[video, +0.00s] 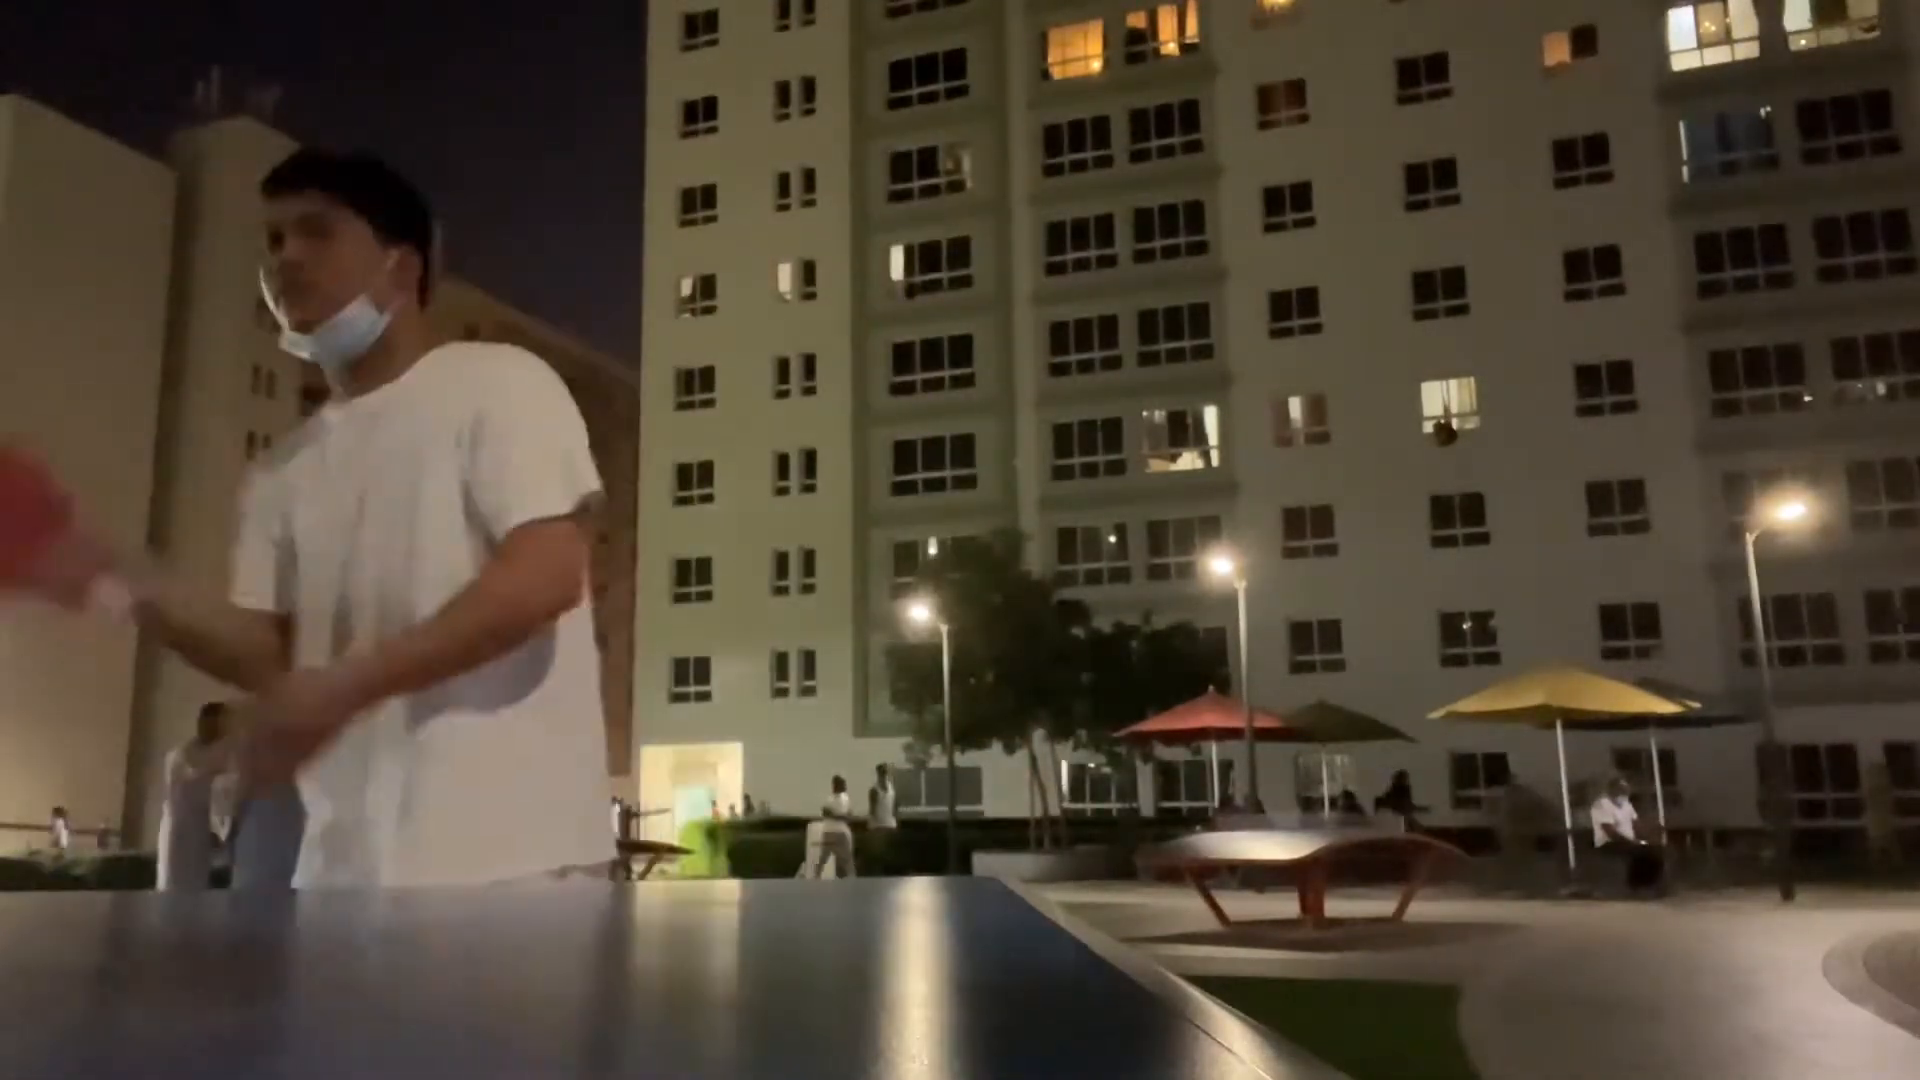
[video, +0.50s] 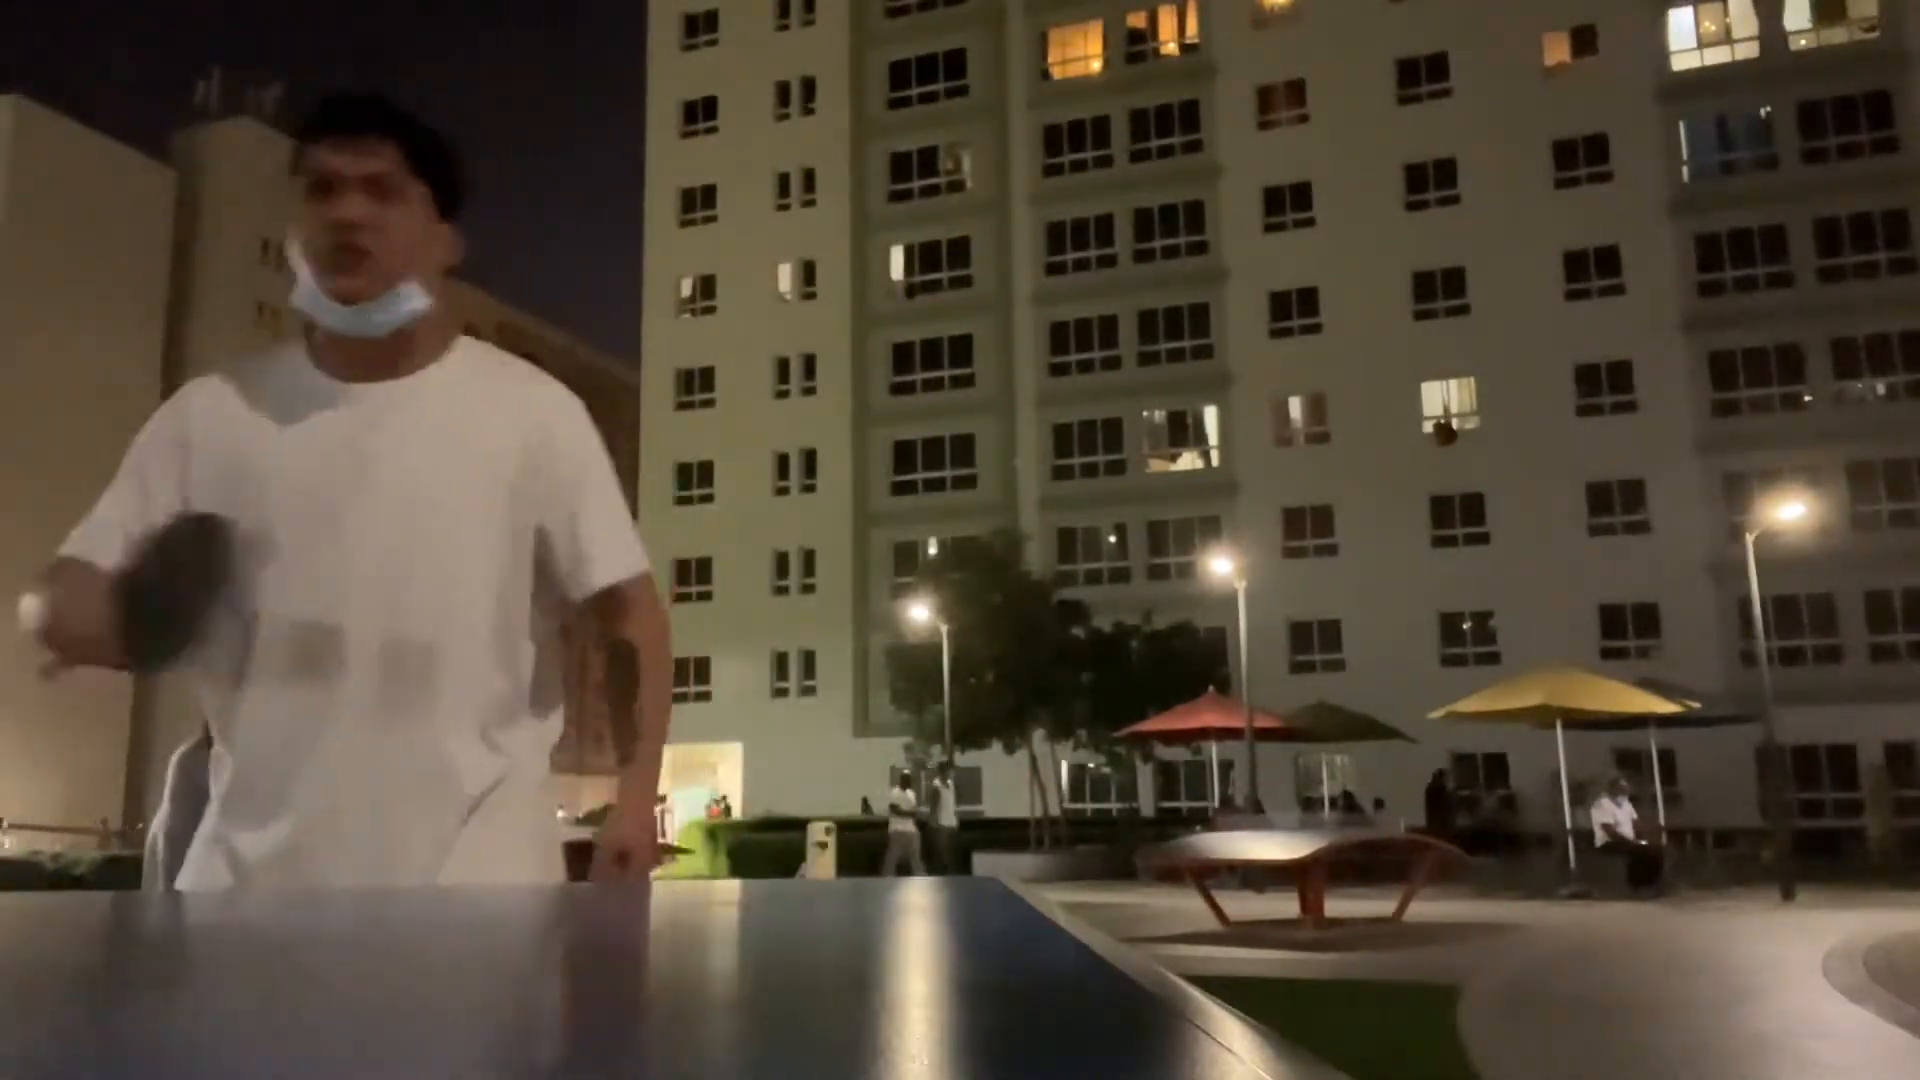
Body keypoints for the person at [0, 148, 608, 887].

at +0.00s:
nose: (284, 261)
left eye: (316, 233)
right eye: (274, 242)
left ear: (401, 266)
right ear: (260, 277)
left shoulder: (497, 385)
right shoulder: (281, 474)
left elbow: (548, 571)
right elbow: (265, 656)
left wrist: (342, 688)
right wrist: (123, 582)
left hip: (512, 869)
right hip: (347, 880)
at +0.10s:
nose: (336, 231)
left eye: (369, 210)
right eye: (315, 214)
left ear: (435, 249)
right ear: (296, 253)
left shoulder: (534, 403)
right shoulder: (263, 449)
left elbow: (616, 595)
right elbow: (231, 647)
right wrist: (181, 559)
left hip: (515, 868)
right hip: (329, 874)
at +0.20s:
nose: (397, 221)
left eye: (431, 200)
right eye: (374, 201)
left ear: (495, 251)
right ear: (349, 243)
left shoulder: (580, 416)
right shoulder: (292, 428)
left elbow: (665, 612)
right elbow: (252, 630)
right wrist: (190, 602)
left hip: (516, 862)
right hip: (330, 862)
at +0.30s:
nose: (399, 219)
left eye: (433, 198)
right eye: (375, 196)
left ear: (492, 250)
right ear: (346, 237)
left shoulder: (579, 415)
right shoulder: (282, 425)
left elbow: (670, 621)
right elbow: (233, 614)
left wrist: (683, 805)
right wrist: (179, 646)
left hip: (513, 868)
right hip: (310, 870)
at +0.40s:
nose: (349, 208)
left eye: (383, 188)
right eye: (327, 187)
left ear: (446, 238)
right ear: (296, 226)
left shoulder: (539, 413)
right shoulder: (227, 424)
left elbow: (646, 607)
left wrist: (666, 794)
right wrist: (118, 627)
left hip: (481, 876)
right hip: (269, 881)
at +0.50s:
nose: (345, 212)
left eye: (380, 191)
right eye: (321, 190)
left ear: (446, 240)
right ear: (291, 228)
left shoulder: (534, 417)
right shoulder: (211, 417)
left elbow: (635, 612)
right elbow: (63, 604)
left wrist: (636, 803)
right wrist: (133, 616)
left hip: (472, 868)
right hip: (258, 871)